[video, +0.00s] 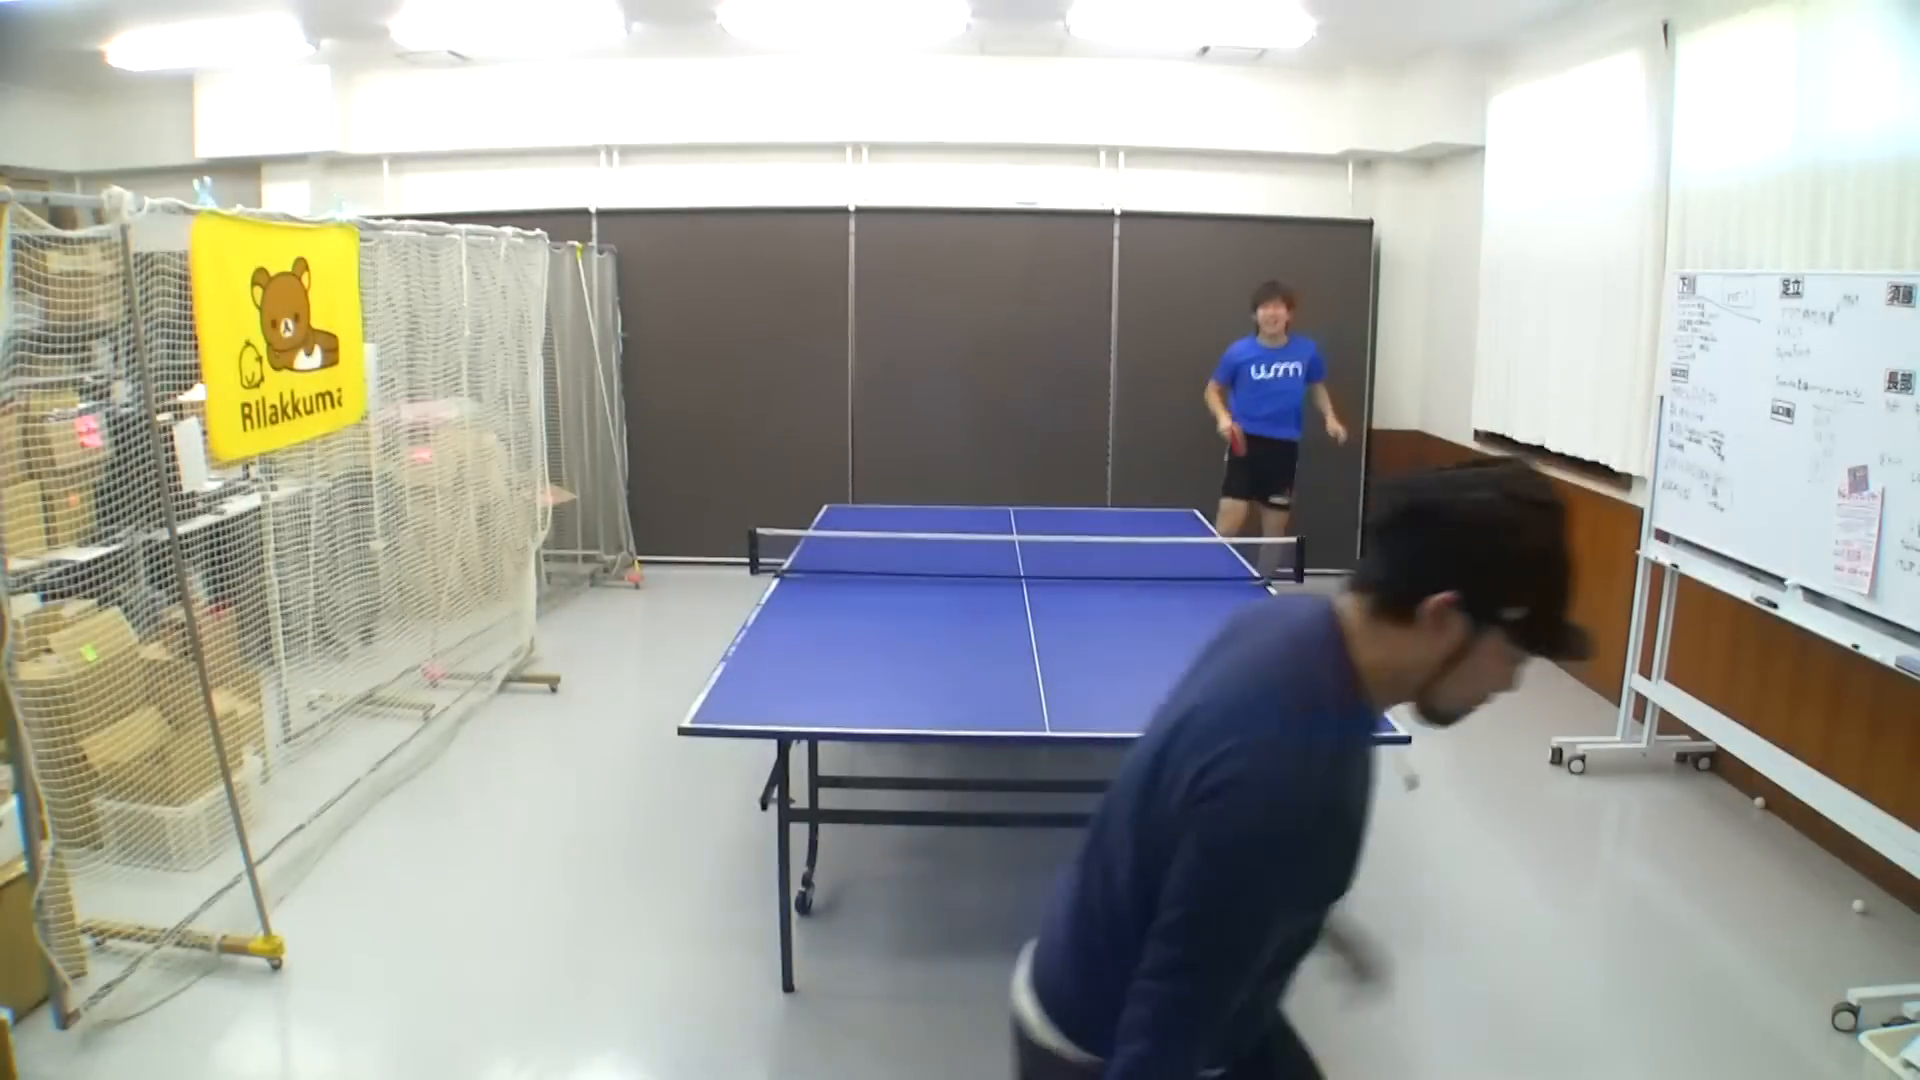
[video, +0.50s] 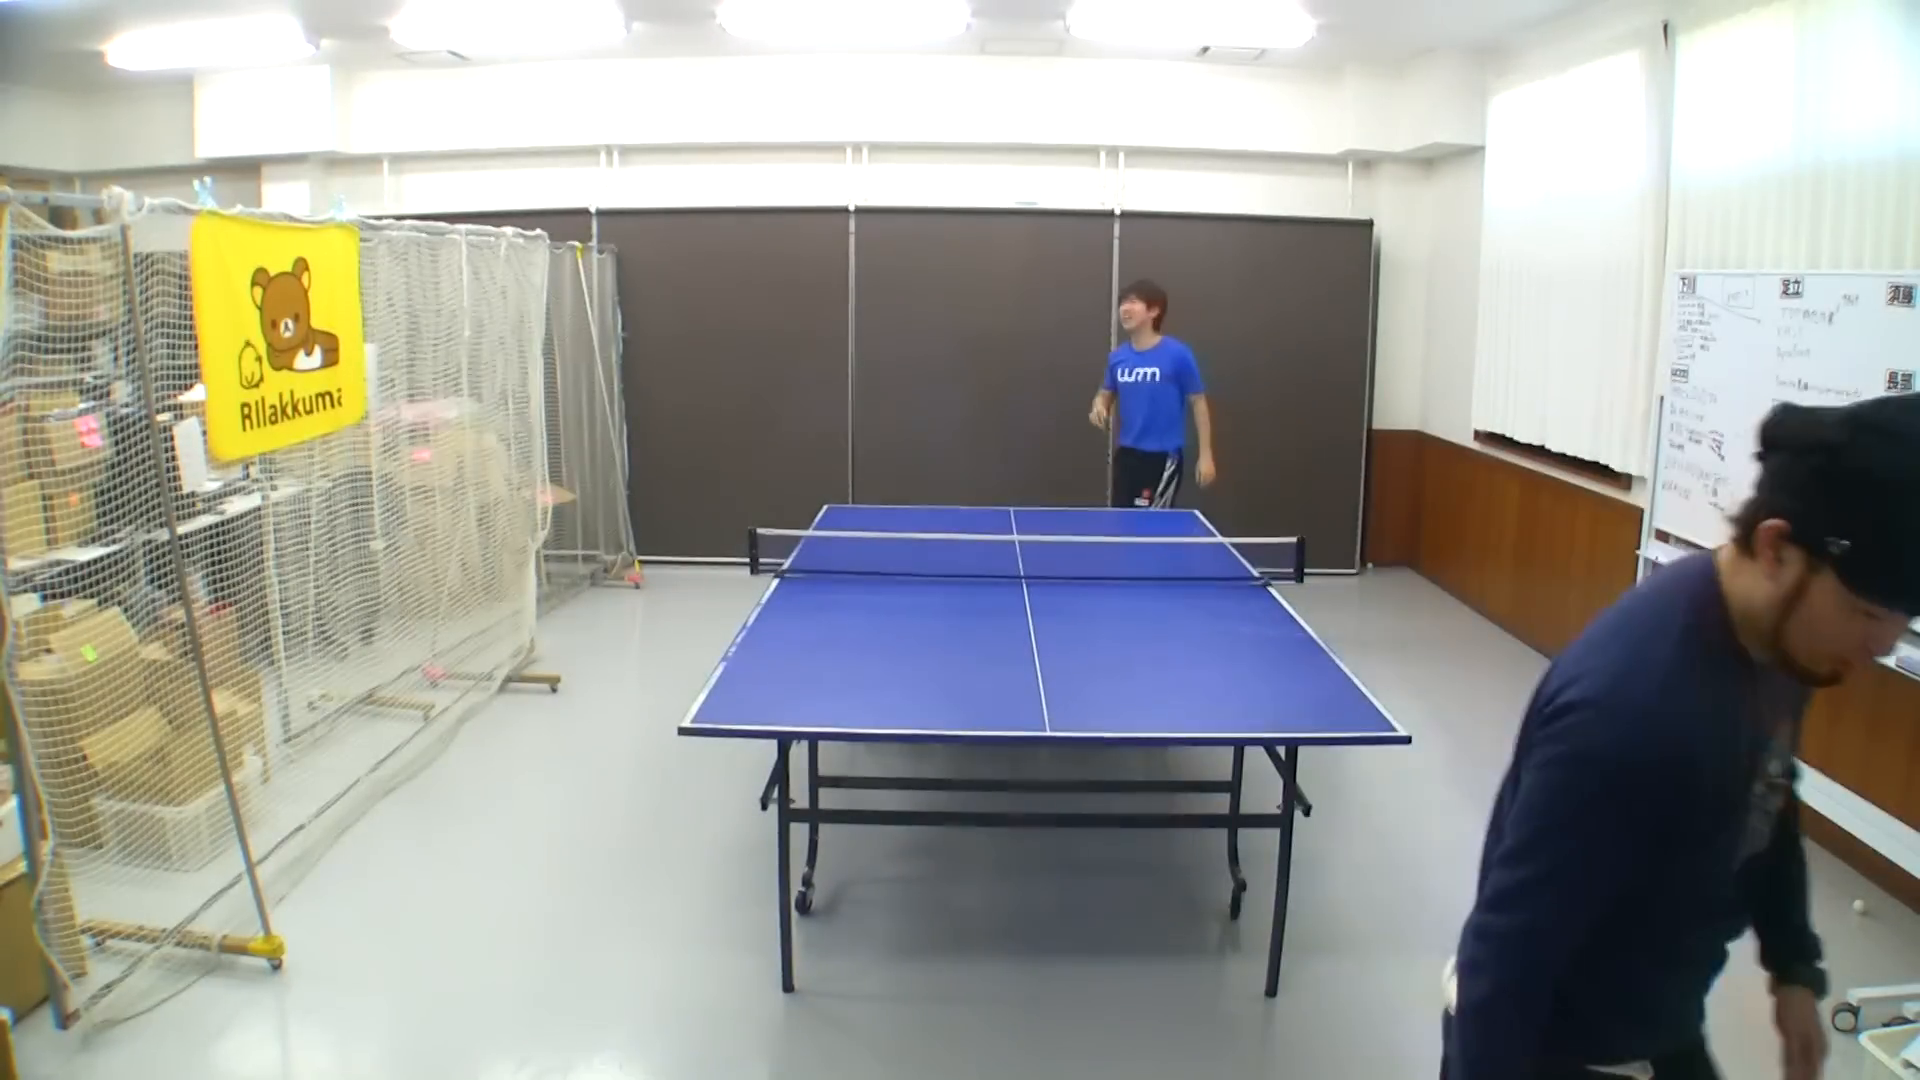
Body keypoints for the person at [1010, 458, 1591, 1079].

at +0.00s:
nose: (1513, 682)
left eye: (1525, 657)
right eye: (1514, 651)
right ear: (1442, 618)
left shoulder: (1294, 629)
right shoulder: (1278, 770)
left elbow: (1198, 815)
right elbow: (1161, 1040)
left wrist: (1316, 919)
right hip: (1109, 1051)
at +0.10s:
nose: (1596, 644)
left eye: (1616, 621)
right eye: (1606, 614)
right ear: (1535, 561)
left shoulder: (1396, 578)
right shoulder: (1367, 714)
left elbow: (1354, 754)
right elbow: (1223, 974)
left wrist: (1471, 825)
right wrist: (1207, 1068)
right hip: (1210, 1021)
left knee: (1372, 1059)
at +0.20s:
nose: (1679, 585)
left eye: (1694, 562)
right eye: (1687, 554)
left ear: (1610, 495)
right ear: (1613, 502)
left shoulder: (1492, 542)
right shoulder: (1444, 651)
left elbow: (1484, 723)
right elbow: (1311, 902)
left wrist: (1533, 823)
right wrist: (1296, 1065)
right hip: (1329, 998)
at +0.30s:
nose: (1753, 566)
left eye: (1767, 539)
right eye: (1752, 531)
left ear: (1665, 481)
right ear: (1669, 478)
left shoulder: (1613, 560)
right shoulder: (1513, 634)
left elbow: (1629, 735)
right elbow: (1410, 939)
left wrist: (1628, 883)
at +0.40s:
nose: (1821, 609)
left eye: (1832, 580)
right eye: (1808, 575)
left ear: (1716, 522)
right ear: (1717, 520)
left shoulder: (1682, 598)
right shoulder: (1584, 682)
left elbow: (1699, 781)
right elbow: (1476, 954)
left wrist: (1721, 932)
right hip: (1503, 1035)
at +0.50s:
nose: (1883, 648)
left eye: (1895, 622)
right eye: (1869, 613)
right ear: (1775, 548)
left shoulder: (1770, 634)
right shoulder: (1627, 701)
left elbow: (1766, 813)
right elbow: (1507, 956)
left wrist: (1793, 973)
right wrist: (1486, 1070)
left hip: (1661, 1019)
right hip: (1549, 1041)